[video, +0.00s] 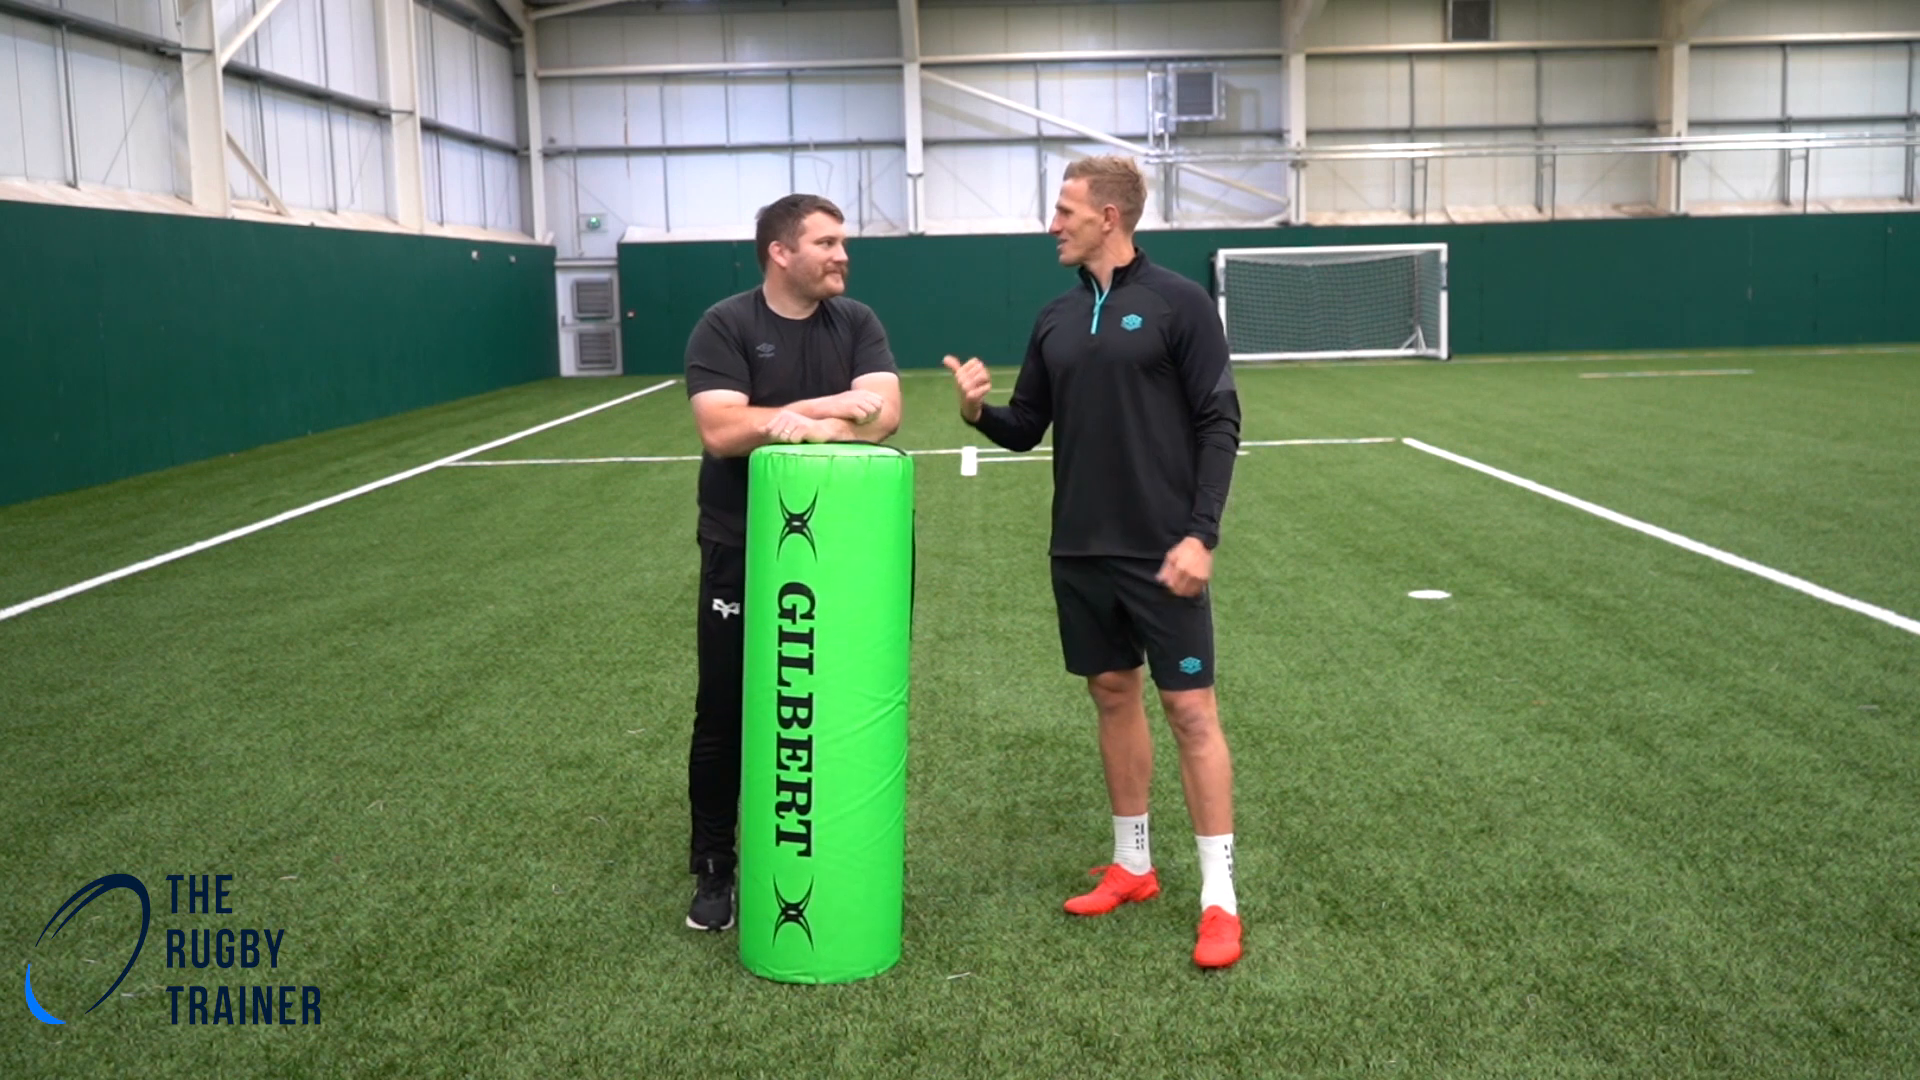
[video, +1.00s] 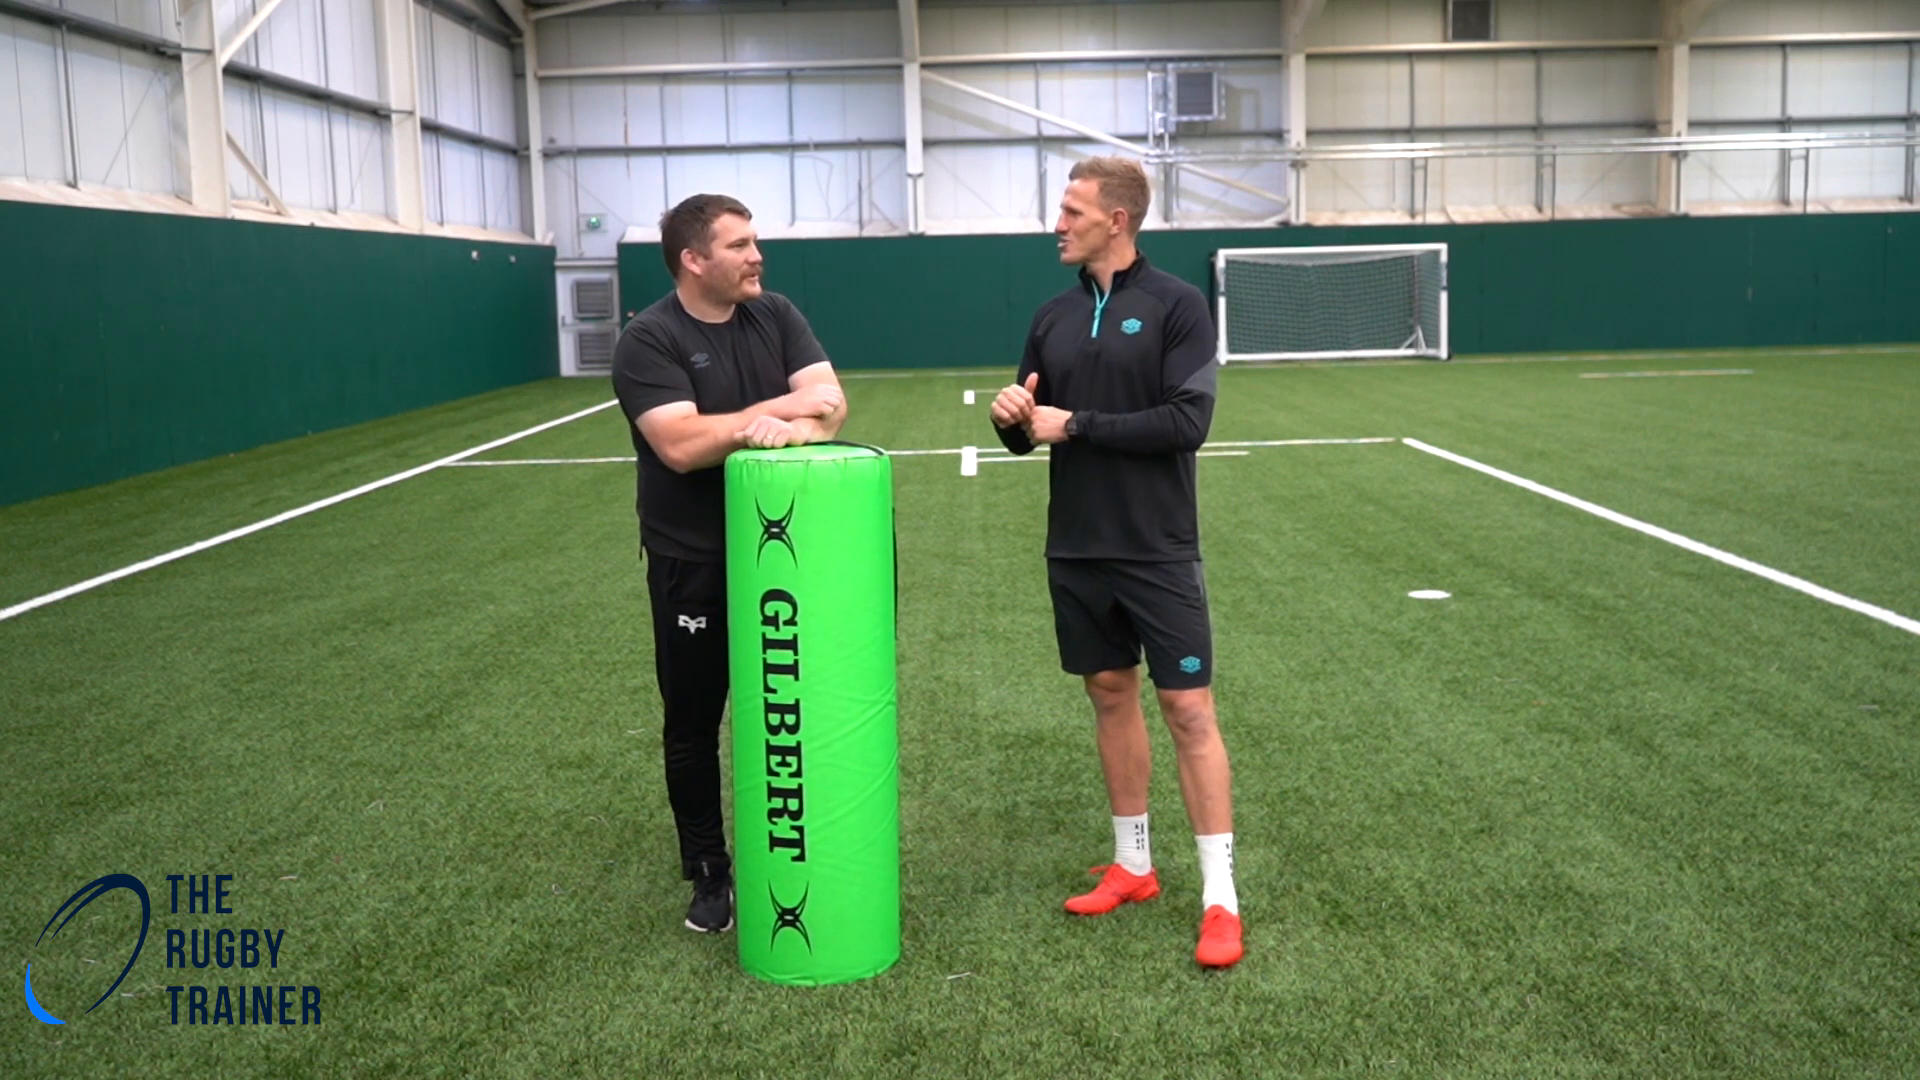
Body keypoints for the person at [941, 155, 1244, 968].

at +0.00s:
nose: (1053, 222)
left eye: (1066, 212)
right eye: (1056, 210)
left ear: (1111, 219)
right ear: (1092, 218)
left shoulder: (1181, 305)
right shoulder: (1056, 319)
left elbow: (1220, 426)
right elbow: (1024, 430)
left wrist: (1201, 534)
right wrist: (981, 407)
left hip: (1164, 547)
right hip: (1082, 547)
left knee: (1190, 709)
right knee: (1112, 694)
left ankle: (1218, 895)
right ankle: (1133, 866)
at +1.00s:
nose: (1057, 224)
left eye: (1071, 213)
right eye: (1060, 210)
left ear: (1118, 223)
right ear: (1098, 220)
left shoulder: (1180, 304)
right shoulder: (1053, 316)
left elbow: (1188, 422)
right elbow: (1022, 437)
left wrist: (1073, 424)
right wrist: (1011, 415)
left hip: (1159, 547)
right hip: (1079, 546)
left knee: (1189, 709)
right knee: (1109, 694)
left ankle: (1220, 897)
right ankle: (1132, 867)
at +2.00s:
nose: (1066, 230)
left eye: (1079, 218)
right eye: (1067, 215)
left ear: (1125, 225)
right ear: (1102, 224)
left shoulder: (1186, 307)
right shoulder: (1064, 314)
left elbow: (1214, 423)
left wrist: (1117, 471)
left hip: (1167, 546)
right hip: (1086, 544)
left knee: (1194, 708)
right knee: (1112, 692)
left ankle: (1222, 896)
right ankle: (1133, 867)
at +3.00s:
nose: (1067, 227)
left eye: (1080, 216)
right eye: (1068, 214)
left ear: (1127, 222)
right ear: (1096, 221)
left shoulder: (1190, 306)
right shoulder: (1061, 317)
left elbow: (1212, 423)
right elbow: (1035, 430)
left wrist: (1097, 425)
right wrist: (1031, 426)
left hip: (1172, 548)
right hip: (1088, 548)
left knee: (1199, 709)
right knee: (1112, 696)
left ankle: (1225, 895)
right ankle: (1135, 866)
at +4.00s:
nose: (1054, 227)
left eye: (1068, 216)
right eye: (1055, 214)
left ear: (1116, 224)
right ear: (1081, 222)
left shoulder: (1178, 309)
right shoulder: (1046, 317)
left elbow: (1199, 427)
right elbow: (1020, 425)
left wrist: (1089, 437)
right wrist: (1017, 422)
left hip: (1158, 551)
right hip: (1074, 550)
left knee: (1189, 709)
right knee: (1106, 697)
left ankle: (1223, 897)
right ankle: (1134, 868)